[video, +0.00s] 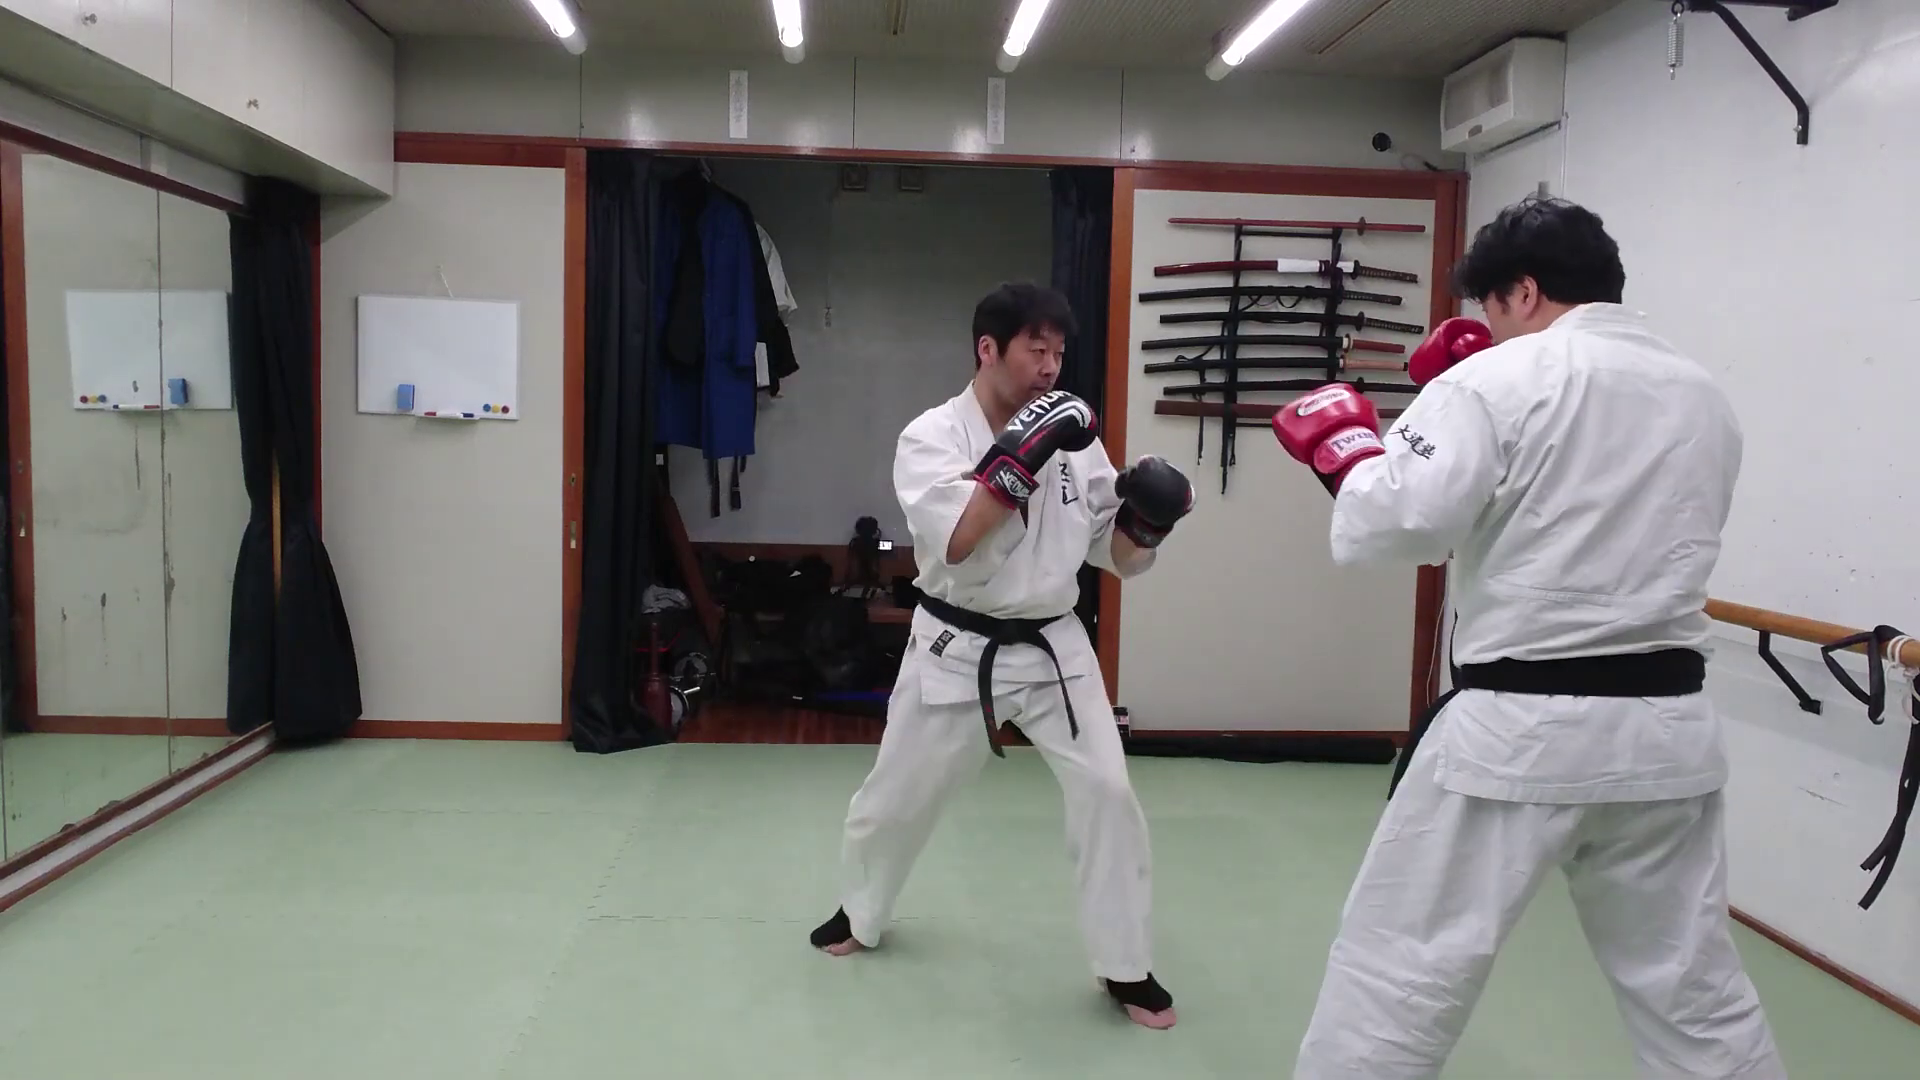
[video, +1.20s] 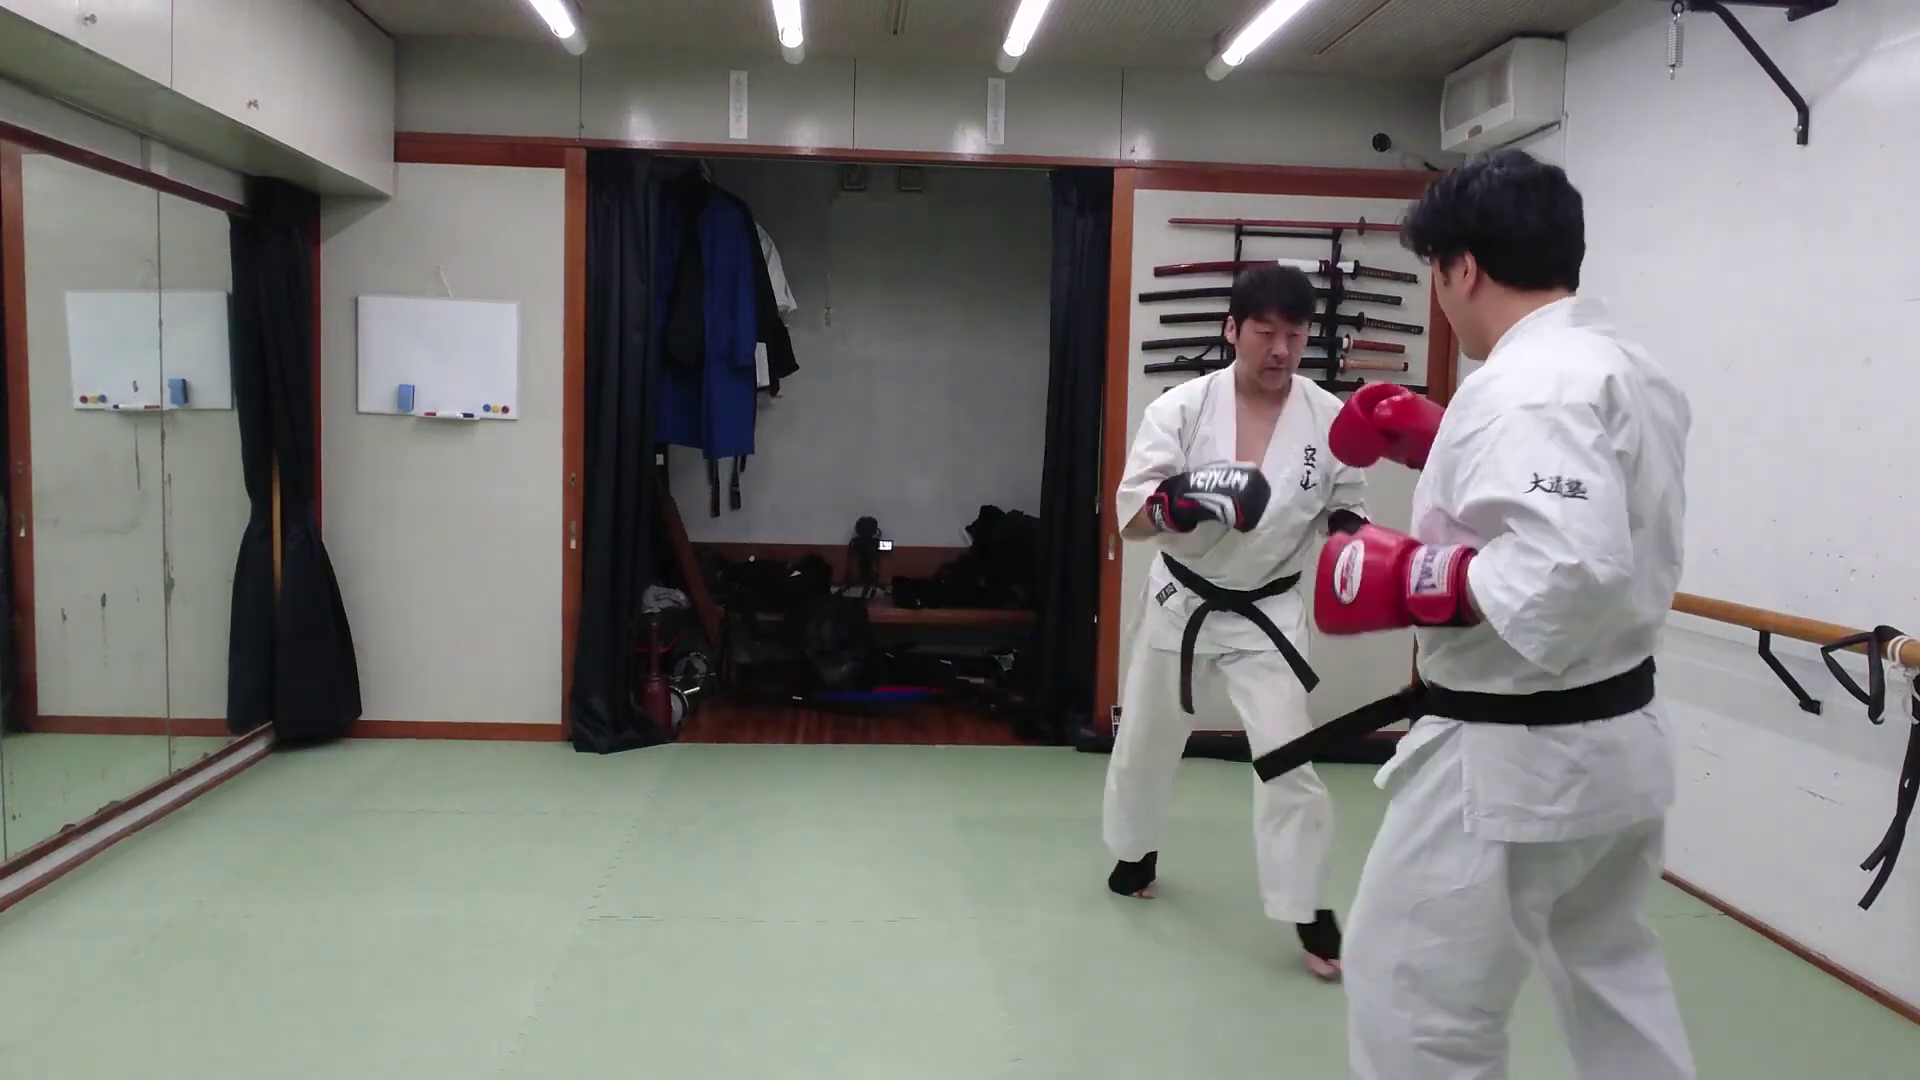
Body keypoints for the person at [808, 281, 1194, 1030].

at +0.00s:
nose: (1050, 366)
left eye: (1058, 353)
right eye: (1037, 349)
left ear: (1063, 361)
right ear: (988, 349)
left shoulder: (1074, 440)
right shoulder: (930, 437)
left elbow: (1119, 557)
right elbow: (955, 542)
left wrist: (1147, 521)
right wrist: (1023, 452)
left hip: (1054, 640)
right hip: (950, 640)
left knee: (1108, 789)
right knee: (892, 800)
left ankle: (1126, 966)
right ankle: (861, 911)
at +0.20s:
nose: (1065, 376)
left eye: (1073, 360)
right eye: (1047, 361)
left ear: (1083, 365)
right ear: (1004, 363)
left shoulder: (1111, 444)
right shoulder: (948, 455)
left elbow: (1203, 526)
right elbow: (908, 567)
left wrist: (1178, 509)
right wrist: (955, 509)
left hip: (1088, 652)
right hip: (981, 651)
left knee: (1137, 812)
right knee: (905, 801)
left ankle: (1225, 977)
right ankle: (866, 915)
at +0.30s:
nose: (1100, 355)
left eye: (1112, 341)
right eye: (1083, 340)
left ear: (1125, 347)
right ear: (1044, 345)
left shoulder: (1158, 420)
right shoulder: (995, 433)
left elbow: (1263, 439)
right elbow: (926, 541)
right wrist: (956, 485)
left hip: (1118, 642)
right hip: (1020, 635)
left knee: (1169, 819)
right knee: (948, 768)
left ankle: (1246, 979)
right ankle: (882, 893)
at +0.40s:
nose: (1148, 346)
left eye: (1159, 331)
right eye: (1130, 332)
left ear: (1174, 337)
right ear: (1093, 340)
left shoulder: (1202, 415)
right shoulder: (1053, 426)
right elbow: (1004, 539)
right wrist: (1036, 480)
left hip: (1148, 637)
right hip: (1053, 624)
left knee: (1182, 809)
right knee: (1000, 759)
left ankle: (1244, 978)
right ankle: (958, 880)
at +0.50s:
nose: (1189, 337)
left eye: (1200, 321)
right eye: (1170, 321)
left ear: (1212, 328)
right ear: (1132, 328)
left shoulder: (1240, 409)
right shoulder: (1082, 415)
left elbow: (1338, 493)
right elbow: (1036, 526)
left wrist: (1329, 437)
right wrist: (1084, 468)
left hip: (1182, 630)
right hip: (1088, 620)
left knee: (1202, 804)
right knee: (1045, 756)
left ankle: (1249, 980)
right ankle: (1035, 862)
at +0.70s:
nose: (1221, 354)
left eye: (1233, 339)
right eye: (1205, 338)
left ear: (1246, 345)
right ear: (1169, 340)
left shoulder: (1272, 423)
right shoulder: (1127, 415)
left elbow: (1343, 500)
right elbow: (1062, 508)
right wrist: (1106, 440)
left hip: (1222, 634)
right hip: (1134, 627)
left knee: (1221, 800)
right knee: (1122, 761)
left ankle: (1253, 985)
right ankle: (1152, 854)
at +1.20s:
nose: (1280, 350)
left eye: (1293, 336)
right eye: (1265, 332)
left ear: (1307, 338)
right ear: (1233, 330)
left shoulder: (1328, 417)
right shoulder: (1180, 407)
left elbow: (1347, 508)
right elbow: (1131, 513)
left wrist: (1351, 534)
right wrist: (1178, 506)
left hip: (1271, 606)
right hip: (1180, 599)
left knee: (1288, 757)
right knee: (1145, 739)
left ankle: (1309, 913)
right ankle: (1133, 858)